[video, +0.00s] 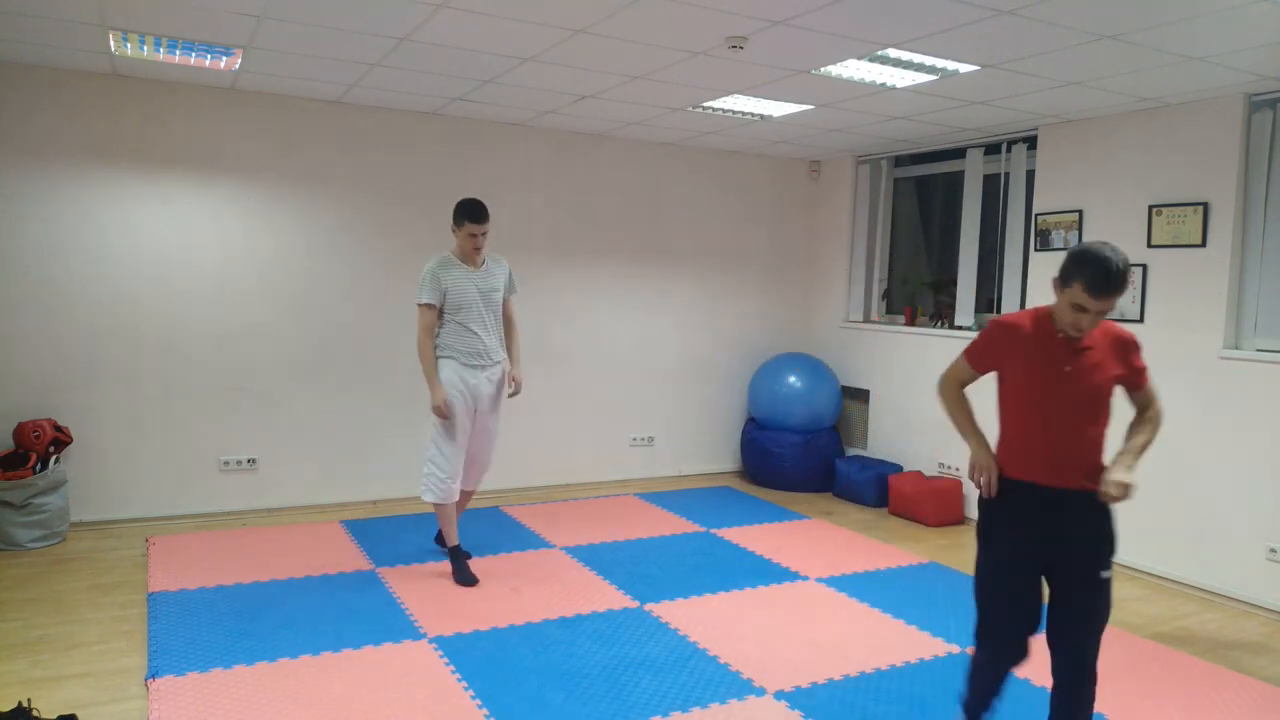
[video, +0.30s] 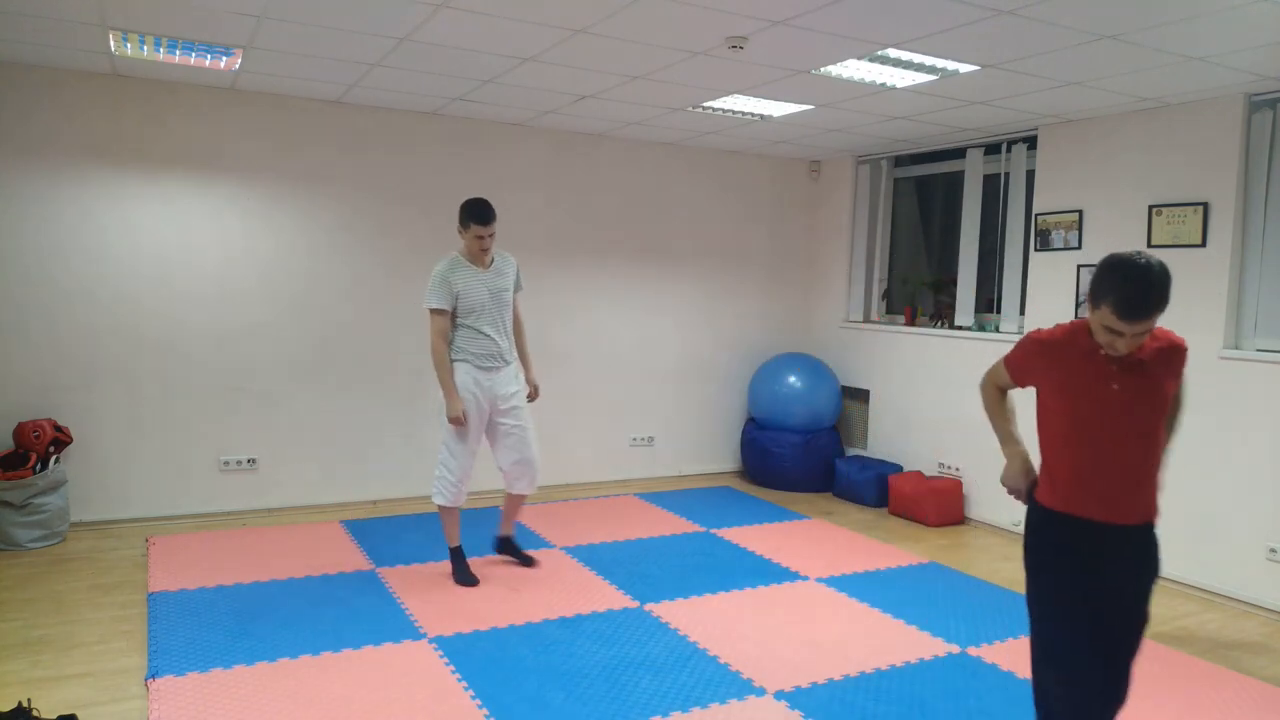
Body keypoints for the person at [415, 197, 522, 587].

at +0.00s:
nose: (479, 240)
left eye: (484, 233)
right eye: (472, 235)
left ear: (490, 230)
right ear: (455, 231)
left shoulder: (499, 268)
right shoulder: (438, 271)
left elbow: (508, 321)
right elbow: (425, 335)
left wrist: (514, 363)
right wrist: (434, 388)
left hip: (492, 375)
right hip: (454, 374)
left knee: (479, 459)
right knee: (448, 460)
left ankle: (447, 528)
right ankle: (455, 550)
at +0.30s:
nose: (486, 243)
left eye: (491, 236)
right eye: (479, 237)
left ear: (496, 230)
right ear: (461, 232)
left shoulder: (507, 266)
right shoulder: (446, 273)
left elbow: (515, 321)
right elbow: (438, 341)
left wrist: (528, 371)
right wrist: (450, 396)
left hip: (507, 377)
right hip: (467, 379)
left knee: (524, 463)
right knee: (455, 467)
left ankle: (505, 537)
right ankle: (456, 553)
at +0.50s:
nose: (507, 246)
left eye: (512, 238)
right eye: (500, 239)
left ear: (517, 234)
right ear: (482, 233)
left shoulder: (524, 267)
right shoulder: (463, 273)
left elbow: (528, 323)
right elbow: (448, 339)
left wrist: (536, 374)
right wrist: (453, 396)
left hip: (519, 380)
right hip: (477, 380)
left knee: (537, 465)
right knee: (463, 468)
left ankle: (562, 554)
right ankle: (457, 555)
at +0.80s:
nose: (554, 244)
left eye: (559, 238)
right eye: (547, 237)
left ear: (564, 237)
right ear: (530, 233)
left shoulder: (569, 277)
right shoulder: (507, 270)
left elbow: (570, 335)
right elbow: (483, 331)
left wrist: (577, 389)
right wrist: (479, 390)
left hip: (556, 385)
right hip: (511, 384)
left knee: (575, 472)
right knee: (491, 471)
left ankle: (569, 564)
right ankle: (464, 557)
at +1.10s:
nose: (598, 241)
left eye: (603, 234)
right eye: (591, 233)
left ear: (608, 233)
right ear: (574, 229)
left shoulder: (612, 277)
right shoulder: (547, 266)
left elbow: (624, 337)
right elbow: (525, 324)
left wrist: (639, 392)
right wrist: (532, 378)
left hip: (586, 382)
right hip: (548, 379)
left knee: (586, 472)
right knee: (539, 471)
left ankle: (570, 563)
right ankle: (505, 554)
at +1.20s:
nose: (609, 241)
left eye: (615, 234)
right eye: (603, 233)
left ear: (619, 234)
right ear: (586, 229)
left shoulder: (621, 278)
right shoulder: (560, 266)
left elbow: (634, 336)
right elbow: (535, 324)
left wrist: (652, 390)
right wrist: (544, 378)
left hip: (595, 383)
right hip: (557, 381)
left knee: (590, 474)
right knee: (555, 474)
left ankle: (570, 564)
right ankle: (539, 564)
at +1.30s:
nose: (620, 242)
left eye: (625, 235)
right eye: (614, 234)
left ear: (630, 235)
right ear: (596, 230)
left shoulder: (629, 279)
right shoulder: (570, 267)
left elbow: (641, 337)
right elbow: (545, 325)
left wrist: (659, 387)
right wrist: (553, 381)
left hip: (605, 383)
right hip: (568, 381)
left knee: (595, 472)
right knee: (573, 470)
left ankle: (573, 559)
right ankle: (574, 563)